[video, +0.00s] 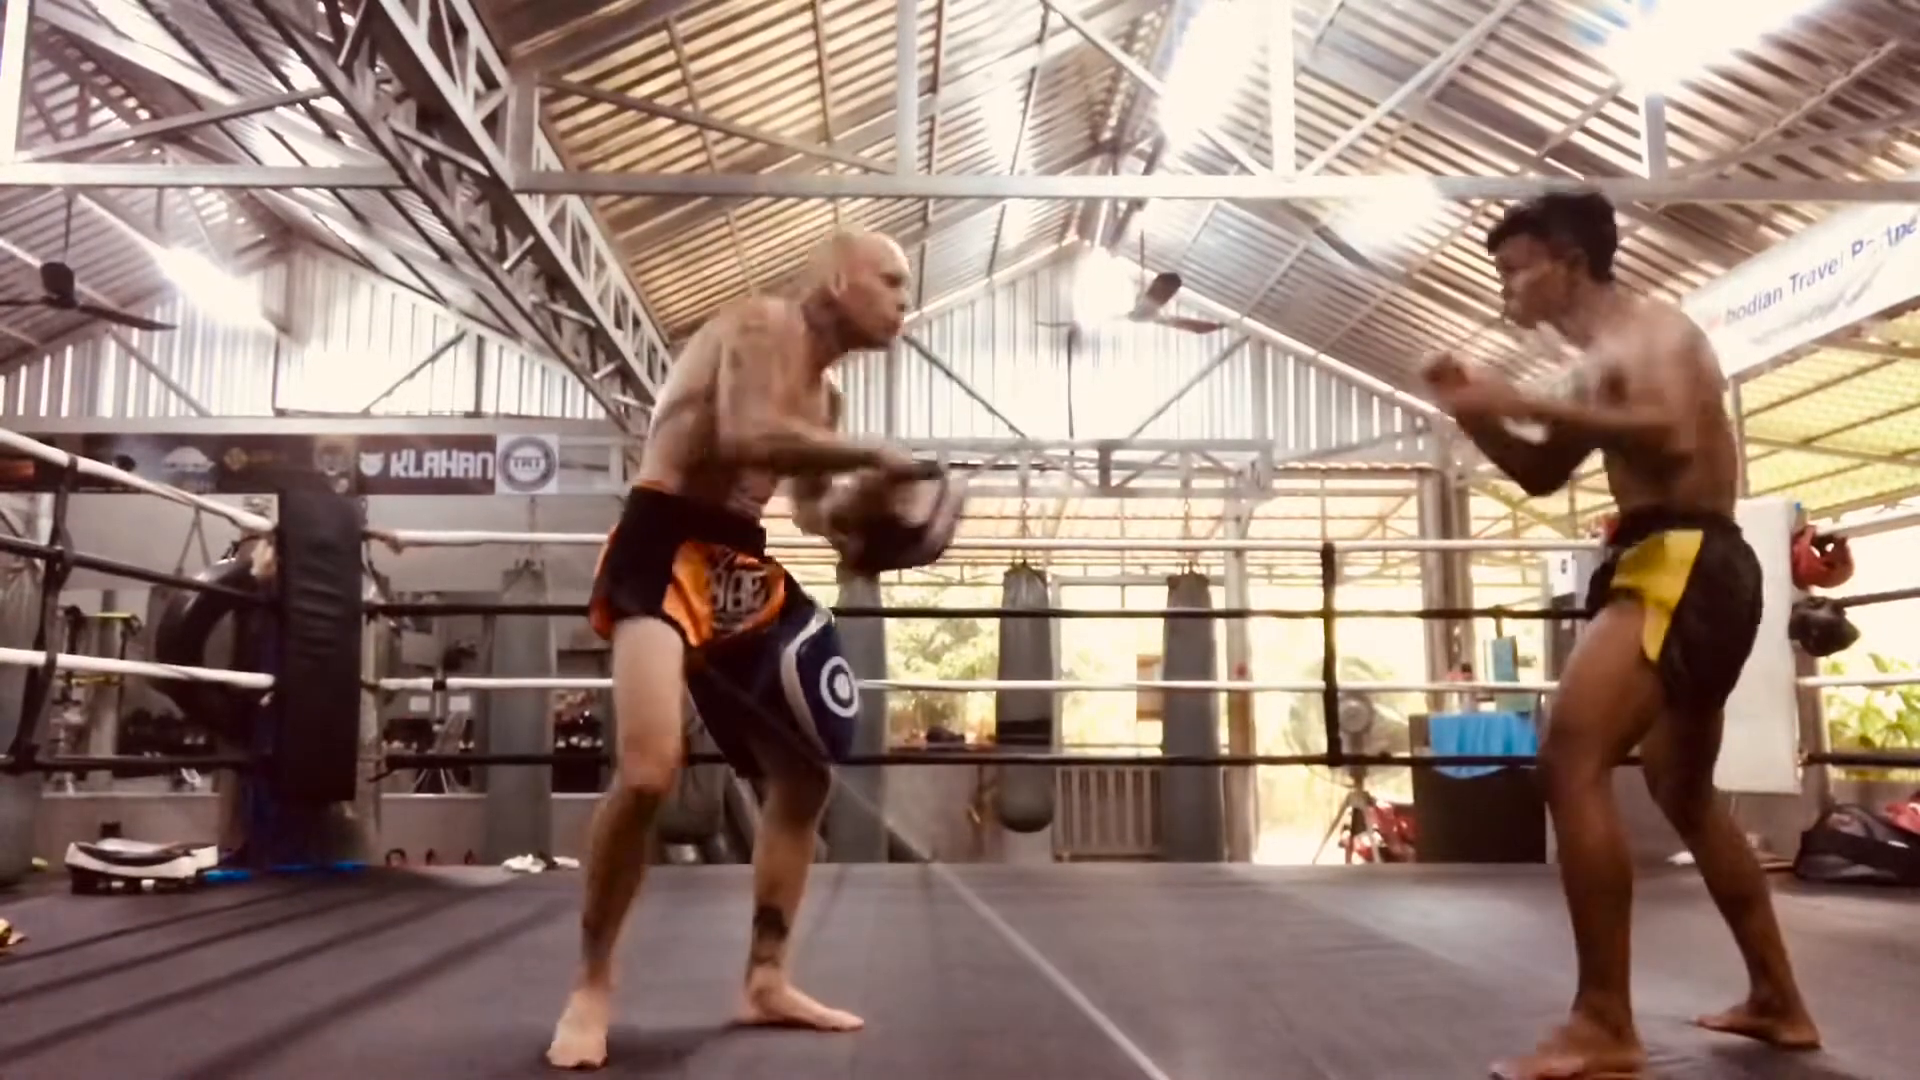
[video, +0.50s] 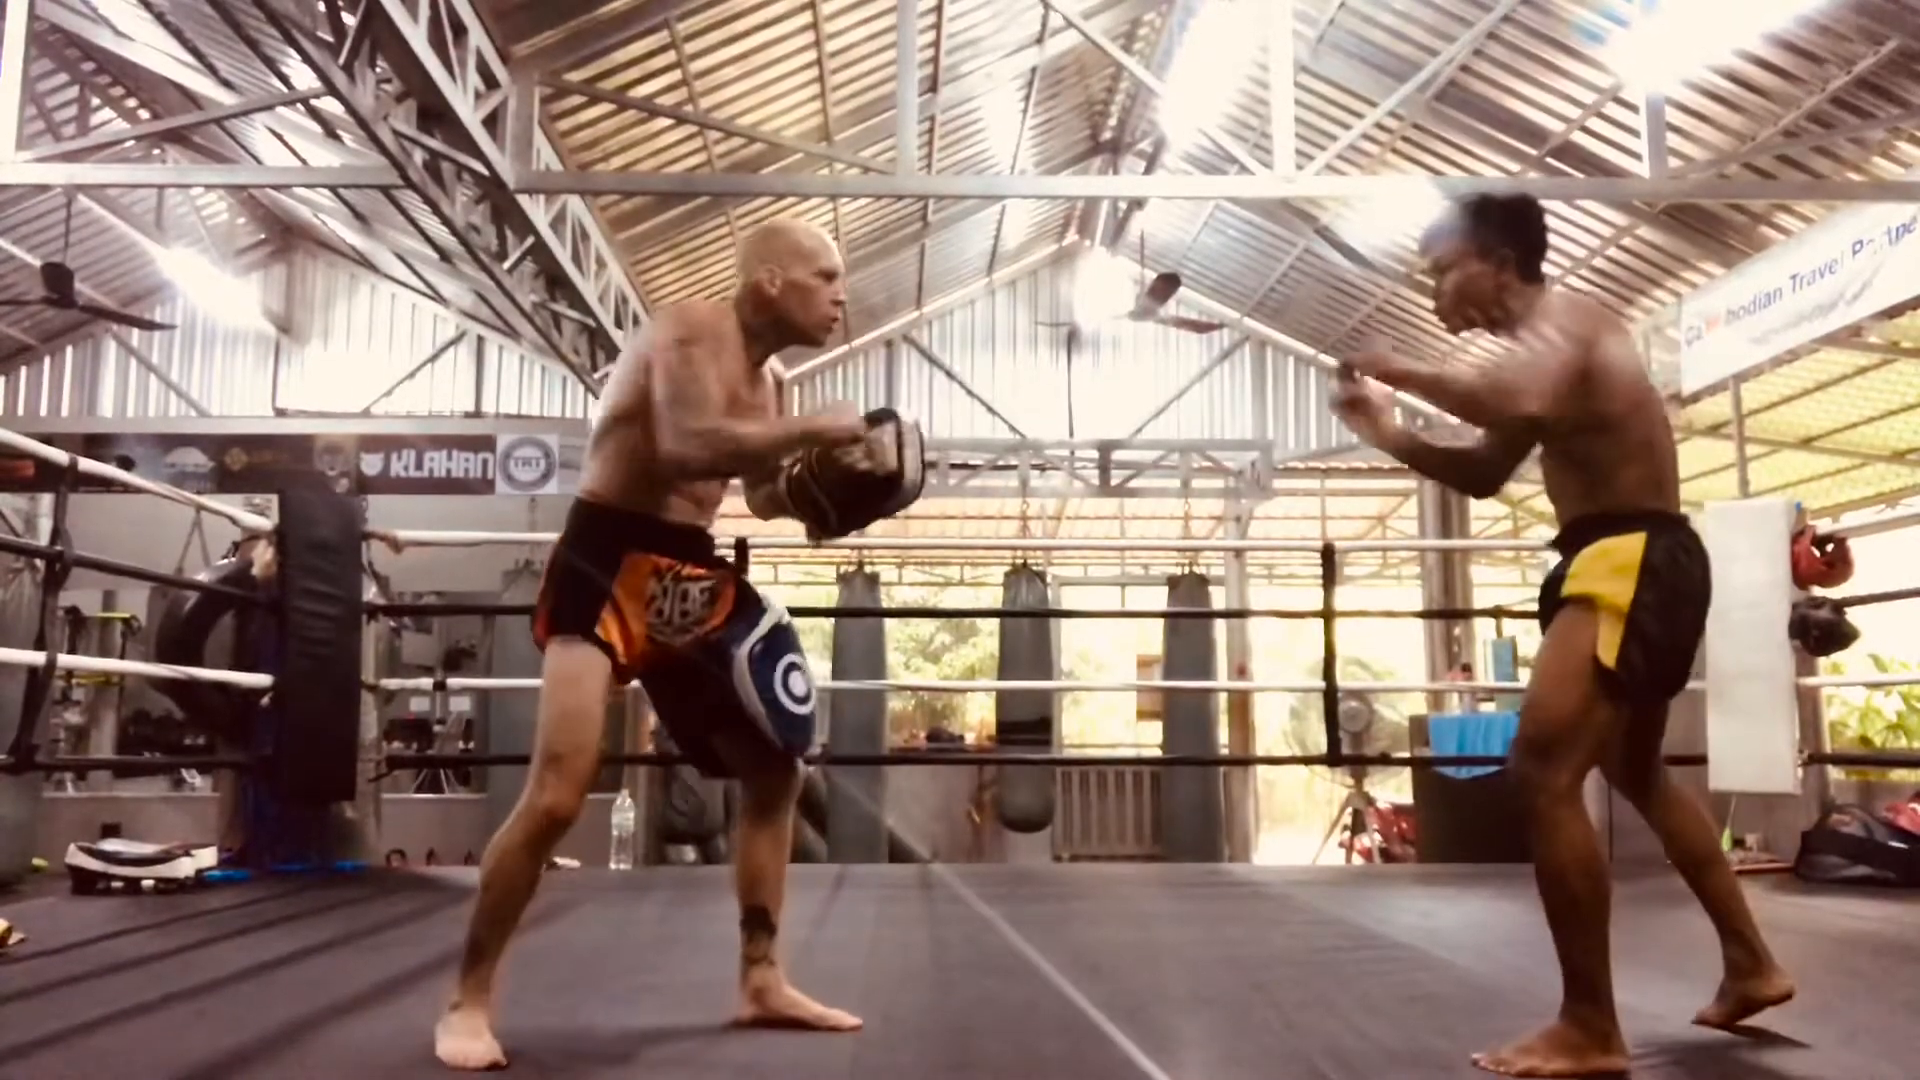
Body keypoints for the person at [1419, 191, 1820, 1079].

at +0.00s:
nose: (1504, 291)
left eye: (1514, 270)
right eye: (1501, 272)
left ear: (1567, 261)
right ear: (1565, 269)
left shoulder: (1647, 325)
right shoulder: (1603, 361)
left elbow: (1667, 425)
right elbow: (1541, 472)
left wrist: (1516, 403)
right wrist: (1470, 412)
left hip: (1681, 555)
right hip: (1693, 561)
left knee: (1572, 758)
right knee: (1683, 786)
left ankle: (1603, 1024)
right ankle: (1780, 1001)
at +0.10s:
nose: (1500, 280)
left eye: (1511, 261)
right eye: (1497, 264)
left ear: (1566, 255)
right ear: (1554, 265)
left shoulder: (1642, 314)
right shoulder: (1584, 351)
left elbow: (1648, 404)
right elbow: (1519, 456)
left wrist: (1517, 356)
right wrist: (1467, 397)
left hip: (1677, 552)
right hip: (1674, 556)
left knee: (1572, 759)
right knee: (1696, 787)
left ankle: (1593, 1018)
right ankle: (1782, 1001)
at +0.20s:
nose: (1494, 276)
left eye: (1505, 258)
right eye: (1491, 261)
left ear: (1560, 254)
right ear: (1548, 264)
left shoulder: (1629, 311)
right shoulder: (1573, 352)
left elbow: (1621, 396)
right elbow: (1507, 456)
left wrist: (1496, 339)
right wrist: (1453, 385)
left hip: (1662, 555)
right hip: (1671, 557)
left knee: (1571, 764)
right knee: (1691, 786)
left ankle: (1590, 1022)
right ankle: (1781, 1000)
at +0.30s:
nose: (1476, 284)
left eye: (1486, 265)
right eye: (1472, 268)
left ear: (1542, 259)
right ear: (1532, 268)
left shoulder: (1609, 319)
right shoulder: (1557, 358)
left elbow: (1598, 422)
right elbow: (1508, 472)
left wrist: (1472, 384)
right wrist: (1435, 409)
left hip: (1650, 560)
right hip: (1643, 562)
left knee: (1556, 770)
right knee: (1677, 794)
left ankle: (1589, 1027)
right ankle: (1777, 1001)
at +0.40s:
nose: (1450, 291)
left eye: (1460, 272)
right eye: (1447, 275)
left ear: (1514, 265)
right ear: (1516, 272)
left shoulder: (1578, 323)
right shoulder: (1551, 352)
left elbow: (1575, 421)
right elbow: (1506, 481)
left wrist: (1439, 403)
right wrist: (1424, 445)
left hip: (1630, 559)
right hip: (1654, 560)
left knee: (1545, 772)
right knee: (1648, 778)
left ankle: (1588, 1026)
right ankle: (1761, 980)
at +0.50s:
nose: (1437, 294)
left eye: (1446, 272)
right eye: (1432, 277)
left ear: (1501, 262)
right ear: (1504, 271)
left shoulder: (1561, 315)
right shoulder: (1547, 345)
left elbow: (1524, 397)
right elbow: (1482, 475)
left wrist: (1394, 366)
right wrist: (1388, 432)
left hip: (1623, 554)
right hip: (1652, 554)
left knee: (1546, 771)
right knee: (1638, 772)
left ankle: (1588, 1025)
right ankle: (1751, 964)